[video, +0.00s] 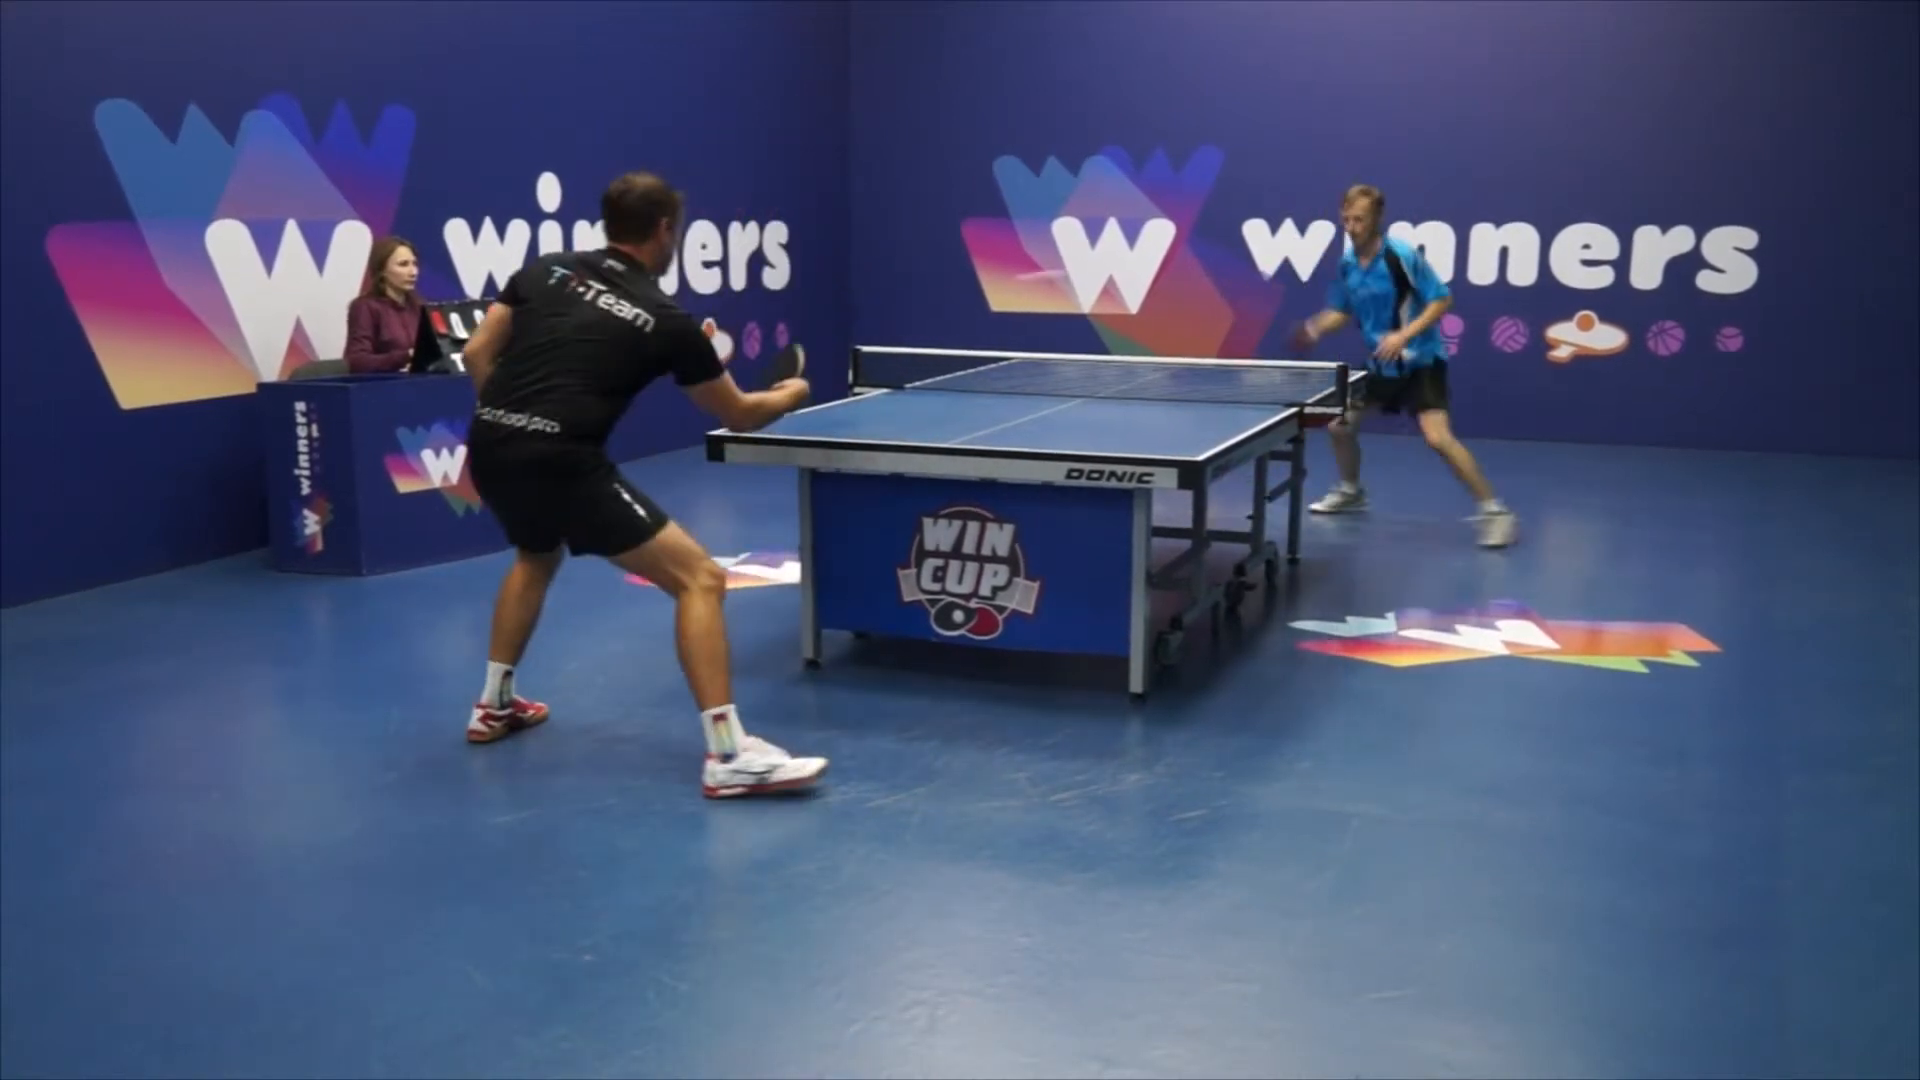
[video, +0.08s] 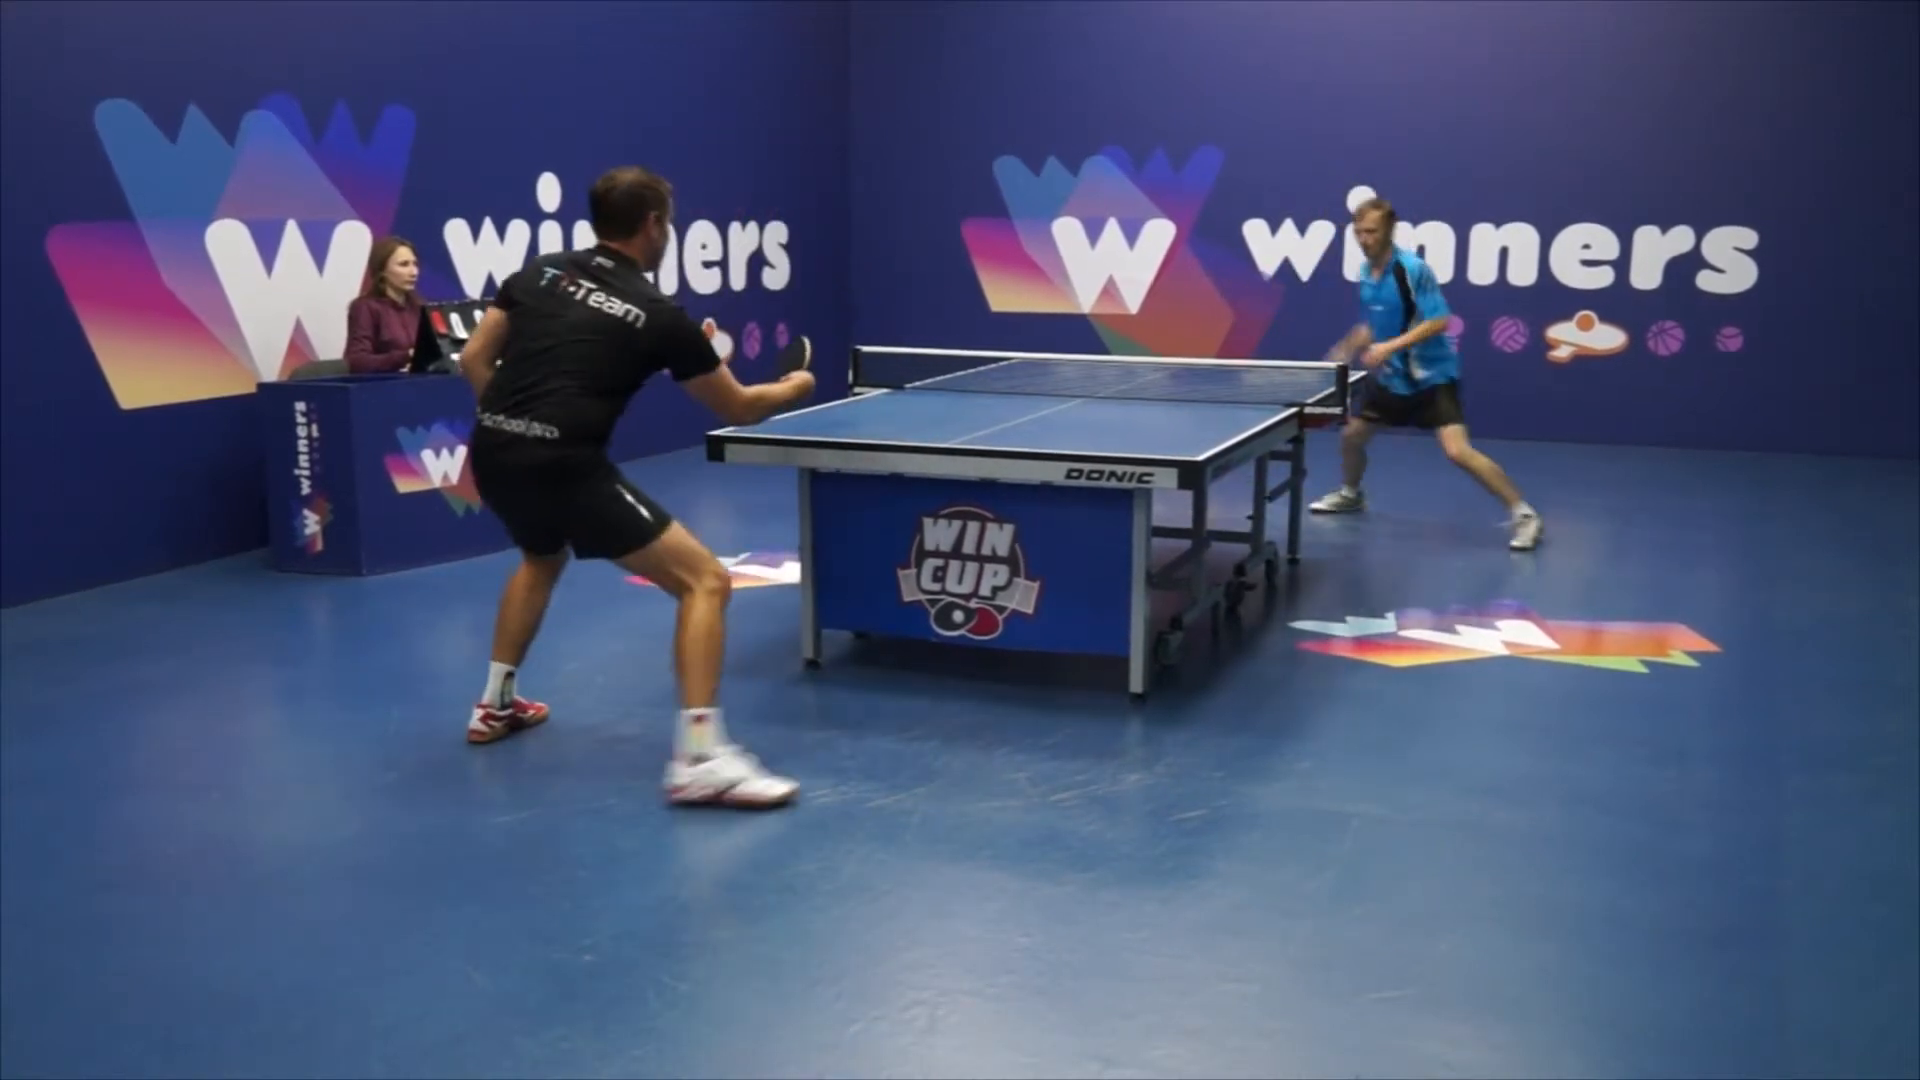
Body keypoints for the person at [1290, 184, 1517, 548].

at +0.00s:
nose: (1351, 225)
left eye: (1359, 219)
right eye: (1348, 218)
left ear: (1377, 221)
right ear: (1343, 219)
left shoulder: (1402, 255)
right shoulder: (1348, 262)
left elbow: (1441, 300)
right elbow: (1341, 311)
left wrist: (1404, 335)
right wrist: (1315, 327)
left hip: (1422, 362)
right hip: (1382, 364)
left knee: (1438, 436)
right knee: (1340, 426)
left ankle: (1493, 510)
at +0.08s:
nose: (1364, 239)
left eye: (1372, 231)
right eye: (1360, 231)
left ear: (1390, 232)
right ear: (1355, 233)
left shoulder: (1414, 269)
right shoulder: (1367, 275)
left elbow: (1438, 321)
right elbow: (1373, 323)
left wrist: (1388, 346)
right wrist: (1346, 348)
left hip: (1433, 378)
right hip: (1391, 377)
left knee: (1457, 451)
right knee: (1352, 435)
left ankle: (1523, 514)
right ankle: (1350, 493)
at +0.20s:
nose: (1385, 247)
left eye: (1392, 240)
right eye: (1381, 240)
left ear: (1410, 240)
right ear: (1378, 240)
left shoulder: (1419, 271)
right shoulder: (1403, 271)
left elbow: (1398, 332)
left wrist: (1378, 327)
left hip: (1472, 375)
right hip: (1440, 378)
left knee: (1472, 460)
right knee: (1389, 434)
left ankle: (1546, 513)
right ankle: (1386, 496)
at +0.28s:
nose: (1403, 251)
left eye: (1409, 244)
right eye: (1399, 244)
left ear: (1427, 243)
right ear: (1396, 245)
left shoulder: (1431, 273)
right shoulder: (1447, 272)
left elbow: (1390, 325)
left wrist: (1392, 329)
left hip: (1485, 383)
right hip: (1458, 383)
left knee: (1470, 468)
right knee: (1407, 437)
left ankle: (1549, 516)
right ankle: (1404, 500)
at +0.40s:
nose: (1438, 234)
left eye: (1444, 226)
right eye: (1436, 226)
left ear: (1465, 225)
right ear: (1450, 226)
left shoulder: (1472, 255)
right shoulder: (1463, 257)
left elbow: (1448, 298)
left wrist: (1427, 336)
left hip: (1496, 375)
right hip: (1475, 374)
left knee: (1476, 466)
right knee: (1443, 434)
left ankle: (1550, 517)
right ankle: (1415, 496)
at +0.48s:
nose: (1466, 219)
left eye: (1471, 209)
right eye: (1463, 212)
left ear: (1495, 203)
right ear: (1472, 212)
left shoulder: (1522, 234)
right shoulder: (1480, 250)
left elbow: (1518, 262)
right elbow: (1475, 309)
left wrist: (1463, 268)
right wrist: (1440, 291)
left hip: (1509, 360)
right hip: (1476, 357)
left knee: (1494, 449)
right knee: (1457, 430)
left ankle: (1554, 521)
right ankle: (1455, 492)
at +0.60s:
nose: (1507, 210)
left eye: (1514, 203)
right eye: (1503, 202)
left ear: (1537, 205)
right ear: (1498, 203)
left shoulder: (1555, 244)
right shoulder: (1487, 233)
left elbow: (1577, 280)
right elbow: (1458, 259)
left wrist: (1539, 274)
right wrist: (1500, 236)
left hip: (1527, 355)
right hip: (1485, 349)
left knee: (1541, 436)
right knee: (1465, 432)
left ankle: (1589, 509)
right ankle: (1487, 474)